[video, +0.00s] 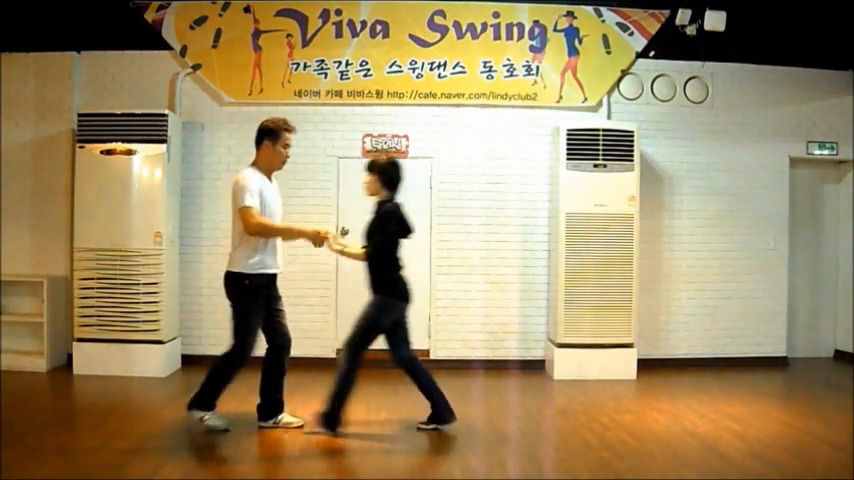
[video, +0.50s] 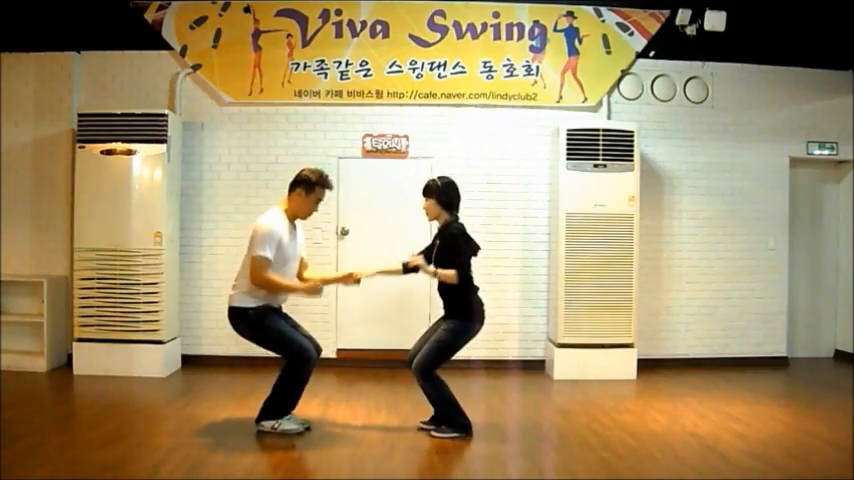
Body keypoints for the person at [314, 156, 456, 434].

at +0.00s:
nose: (365, 180)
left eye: (369, 176)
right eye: (367, 175)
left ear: (382, 181)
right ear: (385, 181)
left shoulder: (386, 213)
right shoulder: (389, 210)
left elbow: (369, 255)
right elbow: (374, 252)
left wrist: (337, 248)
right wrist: (341, 244)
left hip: (387, 298)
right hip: (393, 296)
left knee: (352, 349)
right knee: (403, 355)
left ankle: (331, 417)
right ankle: (442, 411)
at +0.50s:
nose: (424, 206)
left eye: (427, 200)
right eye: (424, 200)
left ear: (442, 202)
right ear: (441, 203)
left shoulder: (454, 233)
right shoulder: (443, 232)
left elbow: (459, 277)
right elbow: (415, 265)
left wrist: (428, 269)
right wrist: (371, 272)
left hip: (466, 318)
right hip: (453, 314)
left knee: (422, 367)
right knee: (414, 360)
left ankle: (458, 425)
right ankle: (442, 415)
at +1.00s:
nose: (432, 177)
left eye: (436, 171)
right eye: (433, 171)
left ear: (451, 173)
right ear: (448, 174)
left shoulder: (469, 206)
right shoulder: (445, 208)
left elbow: (475, 249)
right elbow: (413, 233)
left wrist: (454, 227)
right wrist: (372, 236)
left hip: (464, 290)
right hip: (448, 290)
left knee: (454, 356)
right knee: (448, 353)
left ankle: (464, 429)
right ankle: (447, 408)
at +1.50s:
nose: (437, 174)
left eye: (442, 169)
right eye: (439, 169)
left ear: (456, 173)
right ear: (455, 173)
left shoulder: (469, 205)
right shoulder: (452, 206)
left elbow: (470, 249)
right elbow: (418, 231)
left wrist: (447, 229)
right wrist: (376, 223)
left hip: (463, 291)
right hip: (452, 289)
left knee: (454, 357)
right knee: (448, 353)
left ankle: (463, 429)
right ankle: (447, 408)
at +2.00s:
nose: (426, 176)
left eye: (430, 170)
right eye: (427, 170)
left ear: (445, 174)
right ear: (441, 175)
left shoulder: (457, 207)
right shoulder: (437, 209)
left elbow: (464, 249)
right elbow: (401, 230)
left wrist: (429, 235)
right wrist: (361, 226)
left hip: (453, 295)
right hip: (436, 294)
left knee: (442, 361)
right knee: (410, 348)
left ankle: (465, 427)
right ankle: (437, 400)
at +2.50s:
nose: (335, 173)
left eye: (339, 169)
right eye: (337, 168)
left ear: (351, 173)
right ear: (356, 174)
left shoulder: (353, 204)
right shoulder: (356, 202)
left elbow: (339, 247)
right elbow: (334, 241)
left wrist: (307, 240)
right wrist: (307, 238)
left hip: (345, 291)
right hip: (350, 289)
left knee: (309, 345)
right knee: (339, 352)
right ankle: (355, 421)